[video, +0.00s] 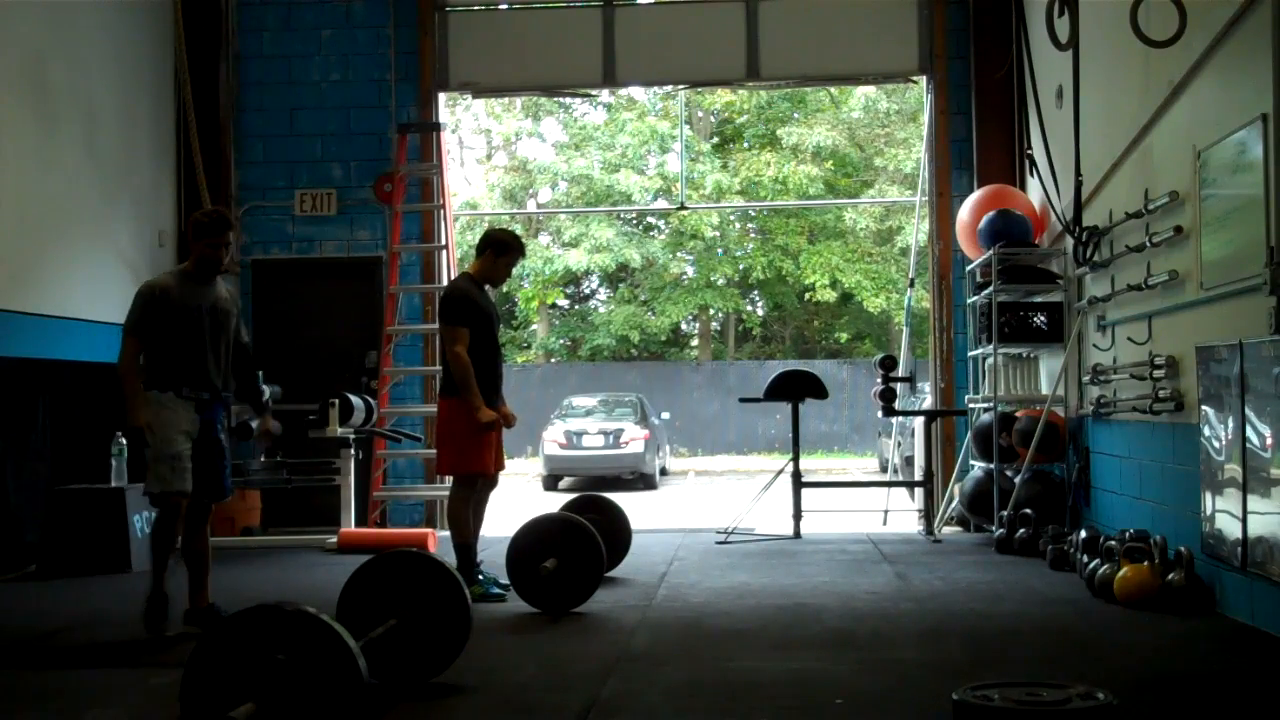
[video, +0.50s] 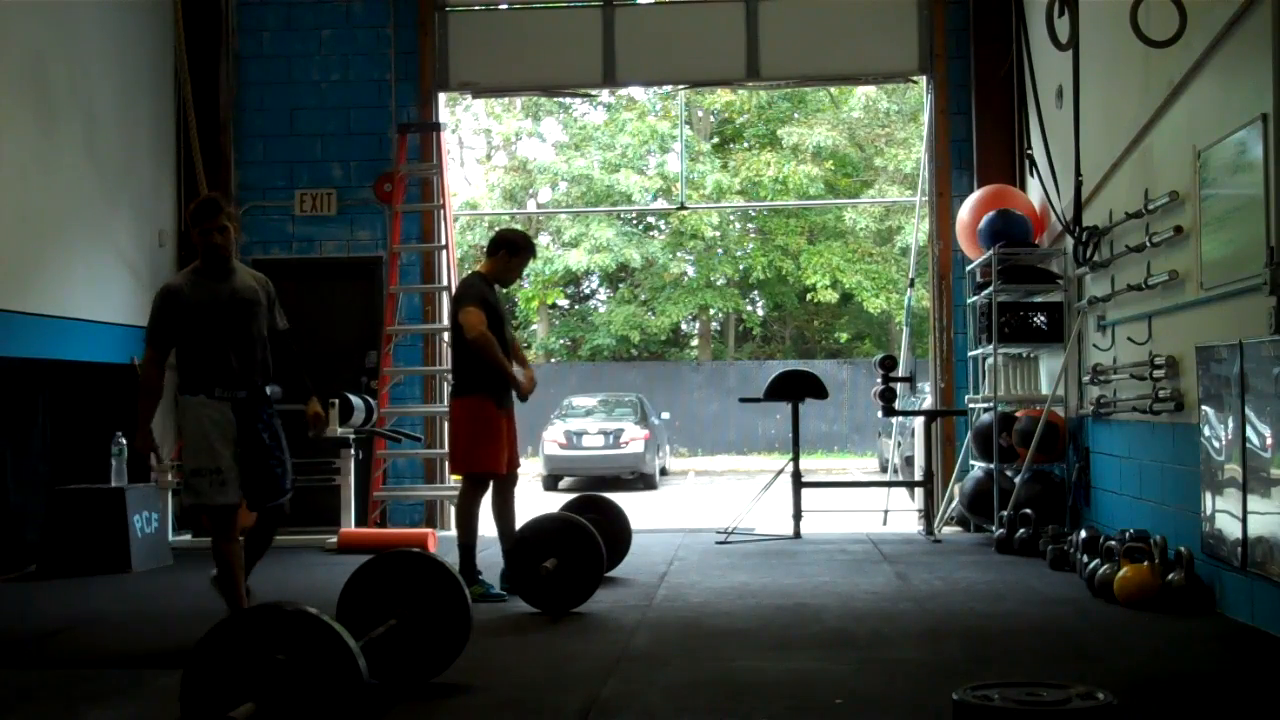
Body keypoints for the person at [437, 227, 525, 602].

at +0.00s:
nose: (509, 275)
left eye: (512, 268)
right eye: (509, 267)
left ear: (494, 258)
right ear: (490, 256)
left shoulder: (481, 294)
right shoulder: (460, 292)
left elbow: (486, 355)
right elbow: (456, 352)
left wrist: (499, 403)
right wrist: (479, 405)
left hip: (485, 406)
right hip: (464, 405)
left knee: (485, 482)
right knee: (466, 484)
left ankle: (471, 568)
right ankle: (467, 575)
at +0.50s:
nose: (520, 276)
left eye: (523, 269)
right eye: (520, 267)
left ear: (503, 258)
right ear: (502, 256)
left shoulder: (492, 294)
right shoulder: (472, 288)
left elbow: (508, 337)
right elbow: (475, 333)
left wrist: (526, 368)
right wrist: (513, 377)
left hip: (497, 401)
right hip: (474, 402)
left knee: (506, 481)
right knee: (475, 484)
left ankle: (514, 568)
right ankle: (469, 576)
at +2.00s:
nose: (573, 283)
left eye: (577, 278)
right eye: (574, 275)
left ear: (557, 260)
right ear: (558, 260)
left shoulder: (539, 296)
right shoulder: (525, 292)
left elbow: (539, 356)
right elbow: (524, 351)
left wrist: (557, 401)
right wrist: (557, 403)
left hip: (535, 401)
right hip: (524, 400)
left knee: (533, 482)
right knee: (530, 481)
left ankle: (525, 573)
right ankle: (520, 575)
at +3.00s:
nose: (614, 308)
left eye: (619, 303)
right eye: (616, 300)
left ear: (602, 282)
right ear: (604, 283)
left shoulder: (577, 312)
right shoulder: (565, 305)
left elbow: (574, 373)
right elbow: (549, 365)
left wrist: (581, 426)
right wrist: (557, 424)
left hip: (541, 399)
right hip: (525, 399)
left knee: (559, 479)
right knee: (549, 480)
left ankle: (552, 551)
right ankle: (542, 554)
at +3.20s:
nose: (625, 342)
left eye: (630, 338)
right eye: (629, 335)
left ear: (617, 314)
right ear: (621, 316)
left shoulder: (589, 336)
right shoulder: (581, 329)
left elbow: (584, 399)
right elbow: (567, 397)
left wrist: (586, 452)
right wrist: (571, 455)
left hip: (532, 404)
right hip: (515, 402)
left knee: (558, 480)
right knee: (552, 481)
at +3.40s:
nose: (627, 383)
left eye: (634, 381)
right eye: (633, 378)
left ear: (629, 355)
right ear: (630, 360)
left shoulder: (596, 364)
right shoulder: (591, 362)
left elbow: (590, 431)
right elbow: (581, 430)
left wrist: (586, 489)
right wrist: (582, 490)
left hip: (522, 410)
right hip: (509, 408)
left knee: (561, 480)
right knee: (557, 482)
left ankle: (550, 552)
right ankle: (546, 553)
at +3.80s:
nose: (627, 437)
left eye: (635, 436)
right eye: (633, 432)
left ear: (632, 409)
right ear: (632, 414)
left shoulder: (604, 413)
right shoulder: (595, 410)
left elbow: (590, 473)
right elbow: (576, 474)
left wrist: (582, 525)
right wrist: (565, 532)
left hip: (513, 424)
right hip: (503, 423)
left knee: (574, 480)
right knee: (568, 481)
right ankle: (554, 547)